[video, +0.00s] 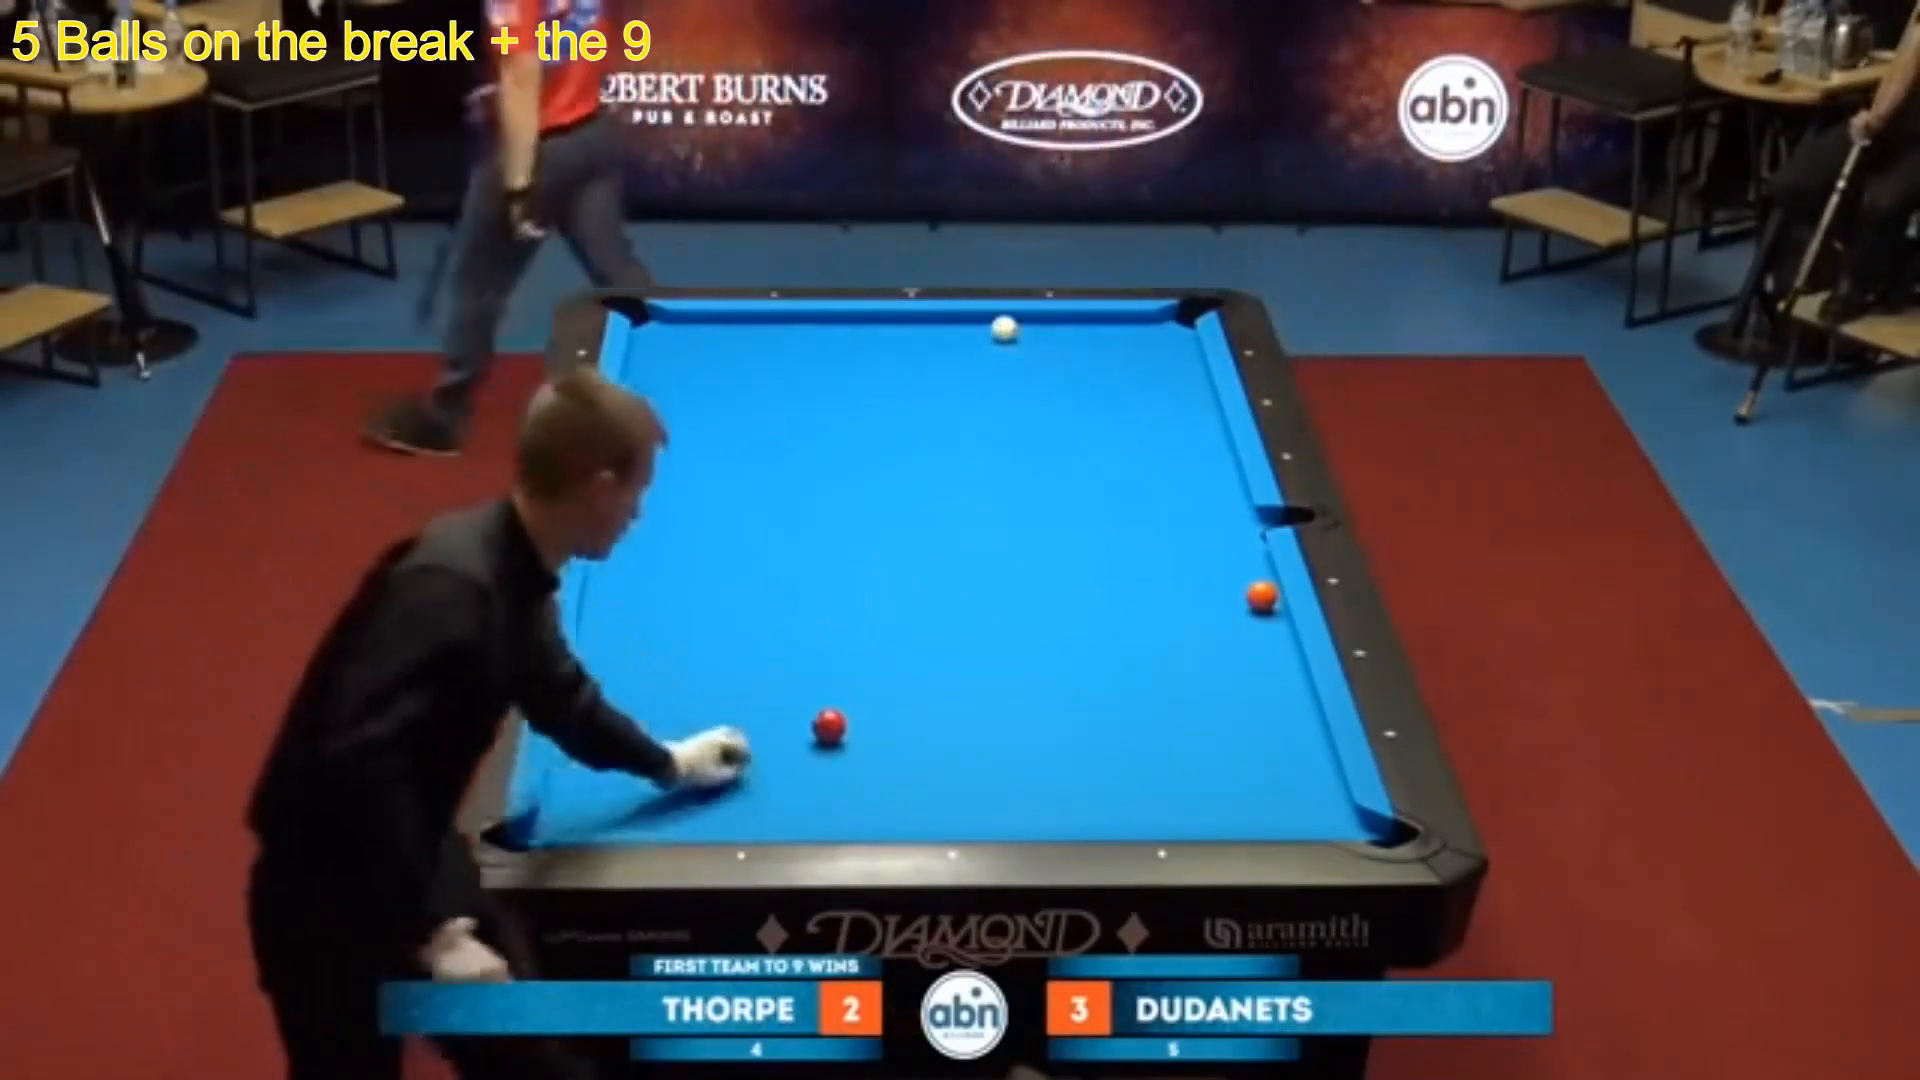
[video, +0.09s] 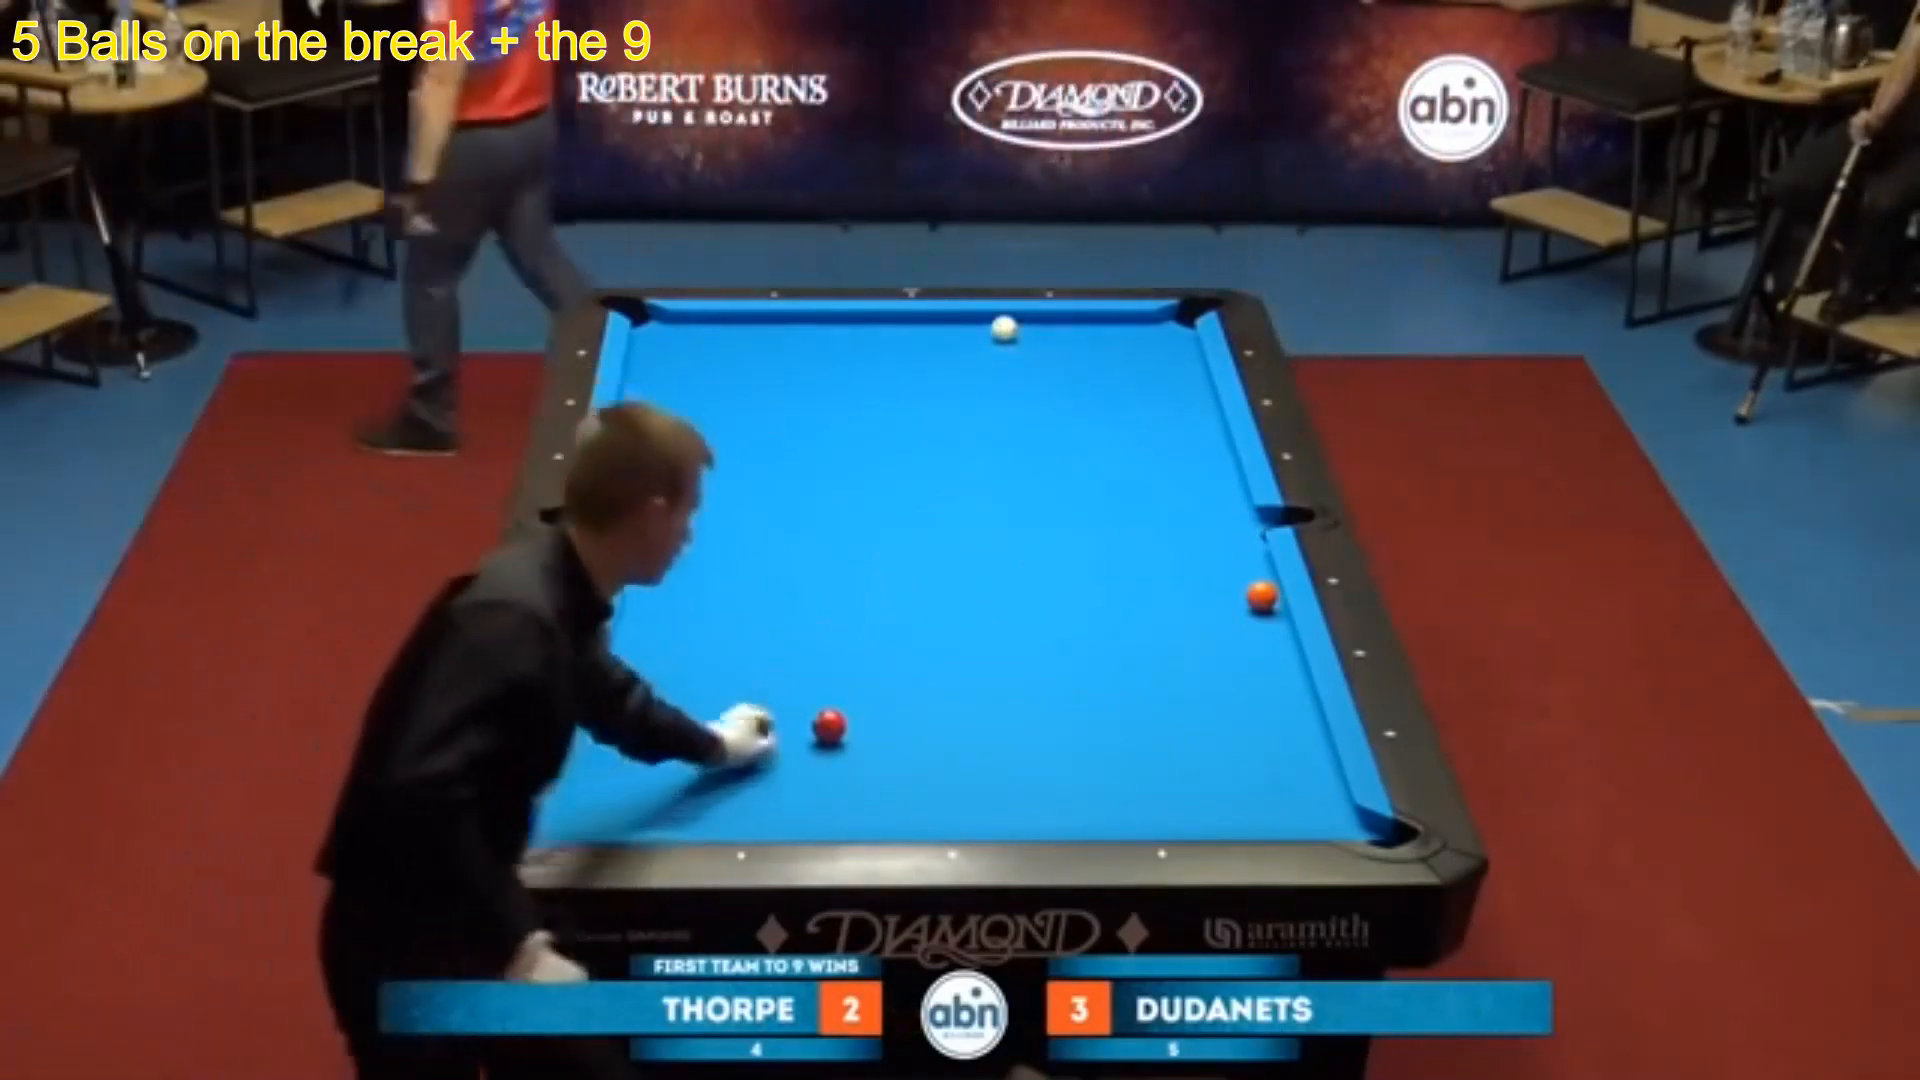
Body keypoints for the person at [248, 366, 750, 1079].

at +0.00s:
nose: (640, 506)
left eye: (643, 487)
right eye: (638, 487)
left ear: (541, 469)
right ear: (599, 487)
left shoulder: (510, 568)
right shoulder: (448, 590)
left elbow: (563, 699)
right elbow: (368, 770)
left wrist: (667, 763)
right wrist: (440, 931)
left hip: (403, 861)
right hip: (323, 887)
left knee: (517, 1046)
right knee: (349, 1067)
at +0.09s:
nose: (691, 531)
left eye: (692, 512)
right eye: (688, 511)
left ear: (588, 493)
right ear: (652, 511)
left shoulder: (554, 589)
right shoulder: (512, 621)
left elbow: (611, 700)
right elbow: (434, 803)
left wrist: (715, 746)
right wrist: (521, 950)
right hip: (401, 940)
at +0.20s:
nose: (741, 539)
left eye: (743, 519)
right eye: (741, 519)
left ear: (650, 503)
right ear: (709, 518)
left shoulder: (602, 603)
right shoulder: (584, 625)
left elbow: (653, 700)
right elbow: (499, 804)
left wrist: (743, 729)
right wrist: (578, 948)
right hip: (470, 965)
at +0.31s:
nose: (841, 519)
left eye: (844, 500)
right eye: (843, 500)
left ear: (747, 486)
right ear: (817, 503)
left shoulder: (703, 567)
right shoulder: (726, 598)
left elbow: (698, 689)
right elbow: (656, 761)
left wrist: (787, 718)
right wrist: (681, 927)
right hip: (591, 903)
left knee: (574, 1065)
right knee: (592, 1068)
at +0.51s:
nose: (959, 462)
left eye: (961, 445)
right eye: (959, 445)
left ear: (855, 435)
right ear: (946, 447)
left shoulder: (777, 531)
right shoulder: (908, 555)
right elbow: (908, 722)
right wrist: (922, 875)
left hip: (708, 850)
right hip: (801, 861)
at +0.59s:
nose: (987, 434)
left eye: (984, 416)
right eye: (984, 418)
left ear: (881, 417)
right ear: (972, 428)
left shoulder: (797, 522)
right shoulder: (959, 542)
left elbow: (761, 681)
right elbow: (1013, 713)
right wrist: (1035, 857)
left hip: (762, 857)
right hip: (868, 867)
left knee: (770, 1044)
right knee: (895, 1054)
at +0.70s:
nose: (1027, 415)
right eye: (1026, 402)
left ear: (922, 405)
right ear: (1019, 416)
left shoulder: (838, 517)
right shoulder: (1034, 526)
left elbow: (790, 687)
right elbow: (1153, 689)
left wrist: (845, 777)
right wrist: (1176, 792)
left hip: (849, 853)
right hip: (975, 858)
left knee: (878, 1047)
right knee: (1002, 1046)